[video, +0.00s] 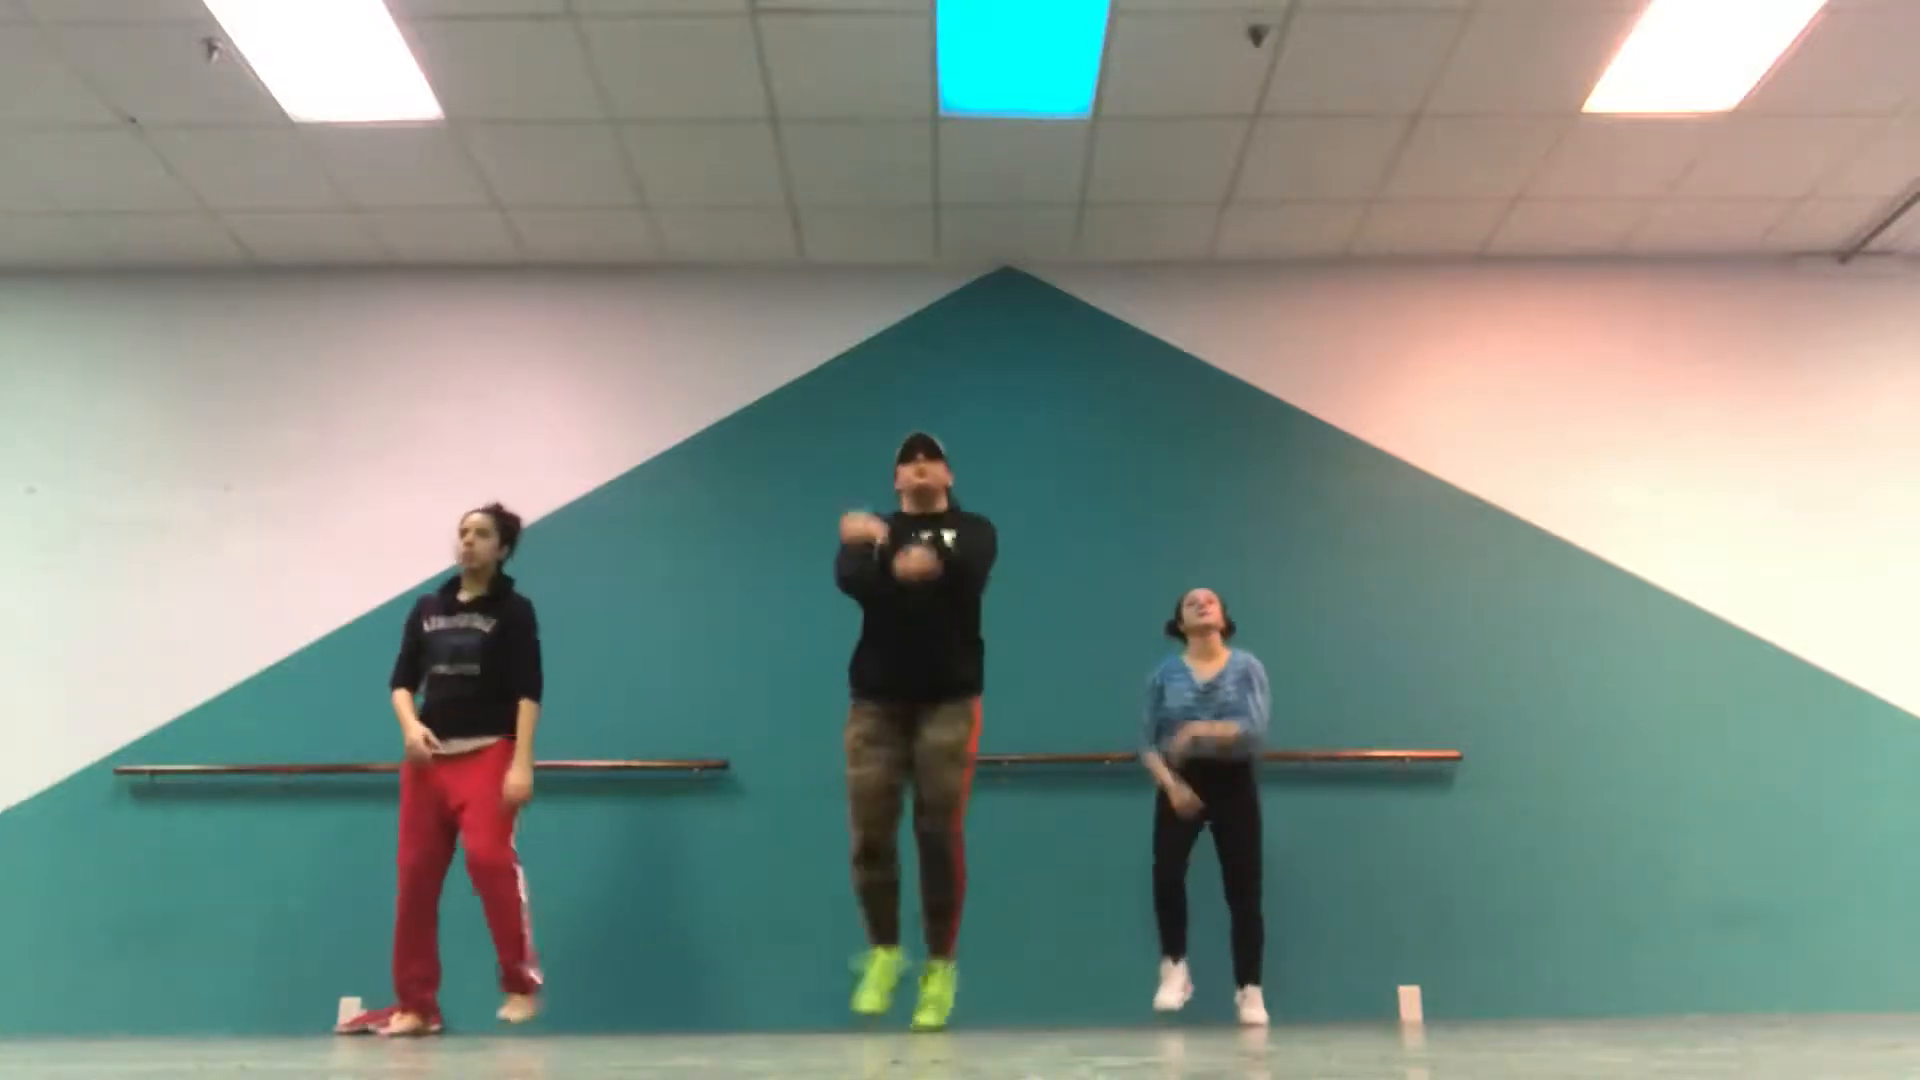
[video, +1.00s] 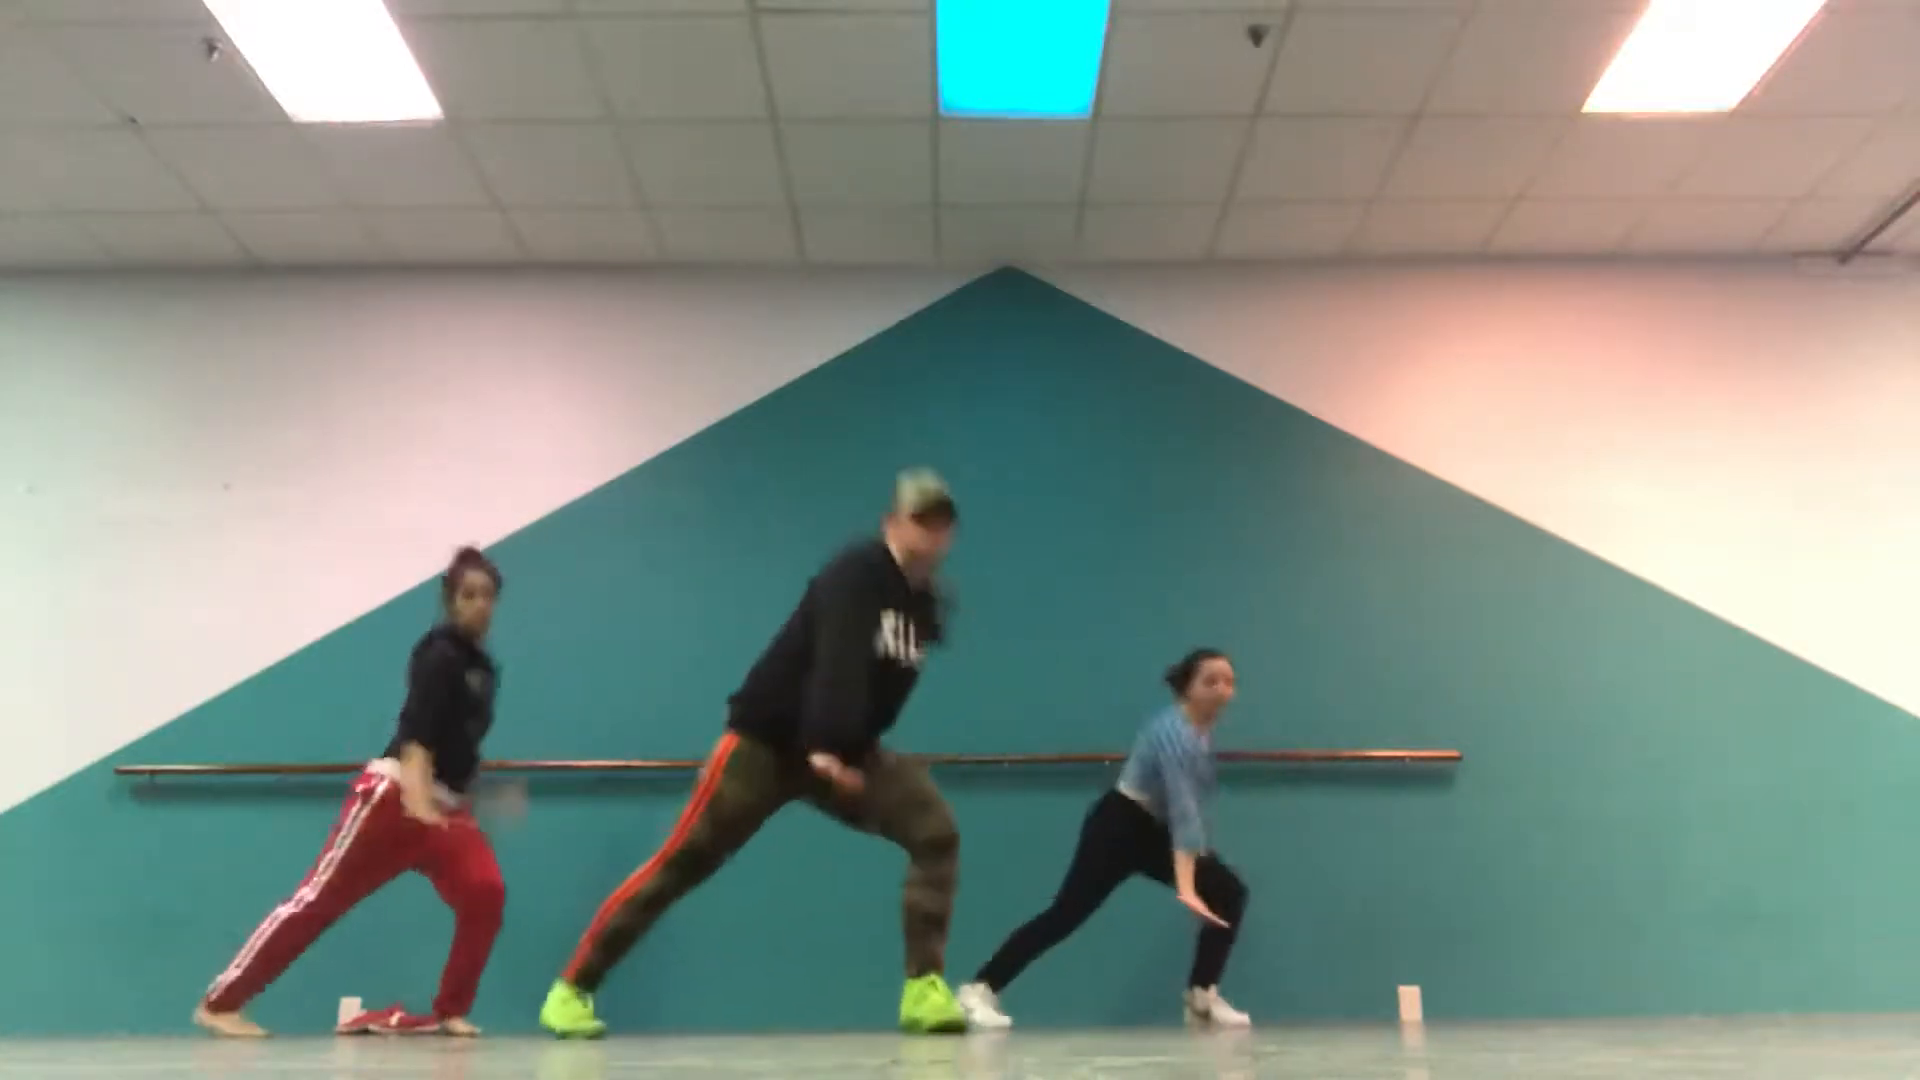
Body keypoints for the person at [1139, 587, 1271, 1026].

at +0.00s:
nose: (1202, 605)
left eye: (1210, 601)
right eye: (1192, 603)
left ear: (1224, 619)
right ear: (1180, 624)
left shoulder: (1246, 667)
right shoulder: (1164, 674)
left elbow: (1255, 730)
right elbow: (1146, 743)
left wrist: (1198, 730)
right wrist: (1172, 785)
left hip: (1232, 775)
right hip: (1181, 774)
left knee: (1244, 885)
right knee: (1166, 873)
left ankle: (1249, 989)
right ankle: (1174, 969)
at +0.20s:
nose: (1202, 598)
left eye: (1211, 594)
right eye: (1193, 595)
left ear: (1224, 613)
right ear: (1179, 613)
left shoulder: (1241, 655)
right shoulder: (1166, 660)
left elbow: (1244, 704)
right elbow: (1159, 731)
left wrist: (1192, 683)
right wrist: (1183, 786)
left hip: (1226, 759)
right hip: (1179, 760)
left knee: (1240, 872)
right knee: (1187, 872)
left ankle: (1241, 974)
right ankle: (1202, 965)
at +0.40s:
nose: (1206, 624)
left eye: (1214, 618)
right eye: (1197, 616)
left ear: (1224, 633)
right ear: (1179, 630)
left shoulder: (1237, 684)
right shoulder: (1159, 685)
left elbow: (1234, 732)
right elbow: (1148, 755)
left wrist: (1229, 738)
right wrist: (1160, 817)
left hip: (1226, 787)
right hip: (1181, 790)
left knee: (1240, 889)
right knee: (1198, 896)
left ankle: (1232, 987)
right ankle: (1212, 988)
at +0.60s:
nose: (1208, 619)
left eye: (1216, 614)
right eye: (1200, 611)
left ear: (1227, 625)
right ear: (1182, 618)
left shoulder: (1237, 680)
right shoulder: (1151, 661)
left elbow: (1250, 751)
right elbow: (1093, 681)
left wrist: (1275, 811)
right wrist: (1083, 663)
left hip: (1211, 772)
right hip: (1159, 766)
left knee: (1224, 883)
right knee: (1149, 823)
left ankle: (1229, 987)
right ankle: (1162, 883)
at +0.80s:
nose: (1222, 641)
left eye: (1231, 635)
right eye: (1214, 631)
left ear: (1238, 645)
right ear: (1195, 634)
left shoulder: (1235, 695)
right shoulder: (1169, 668)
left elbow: (1213, 757)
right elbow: (1123, 694)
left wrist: (1210, 815)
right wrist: (1143, 739)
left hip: (1178, 791)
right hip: (1130, 774)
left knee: (1222, 874)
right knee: (1093, 839)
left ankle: (1219, 984)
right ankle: (1038, 915)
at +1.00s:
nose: (1225, 692)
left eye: (1229, 683)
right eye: (1214, 683)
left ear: (1232, 687)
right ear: (1188, 688)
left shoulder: (1198, 735)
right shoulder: (1172, 733)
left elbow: (1194, 805)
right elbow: (1183, 812)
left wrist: (1198, 857)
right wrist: (1186, 889)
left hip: (1155, 833)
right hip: (1119, 826)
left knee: (1228, 894)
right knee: (1067, 914)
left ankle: (1202, 993)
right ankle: (980, 990)